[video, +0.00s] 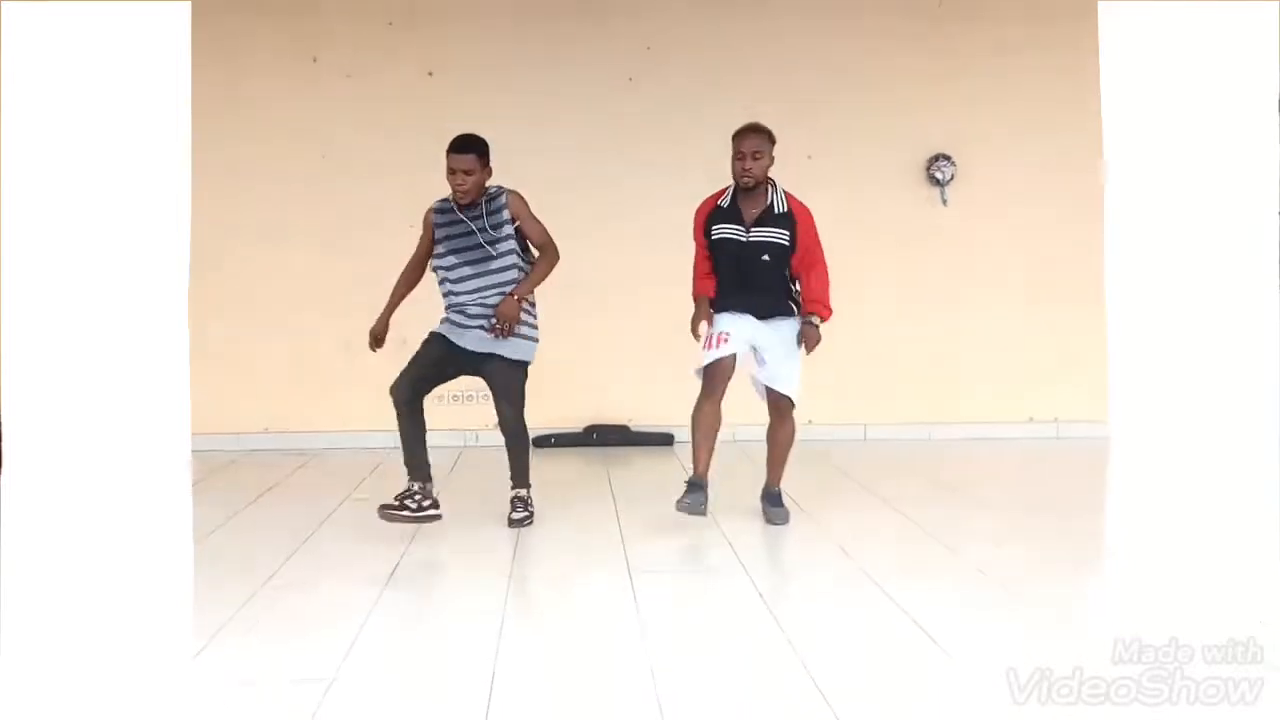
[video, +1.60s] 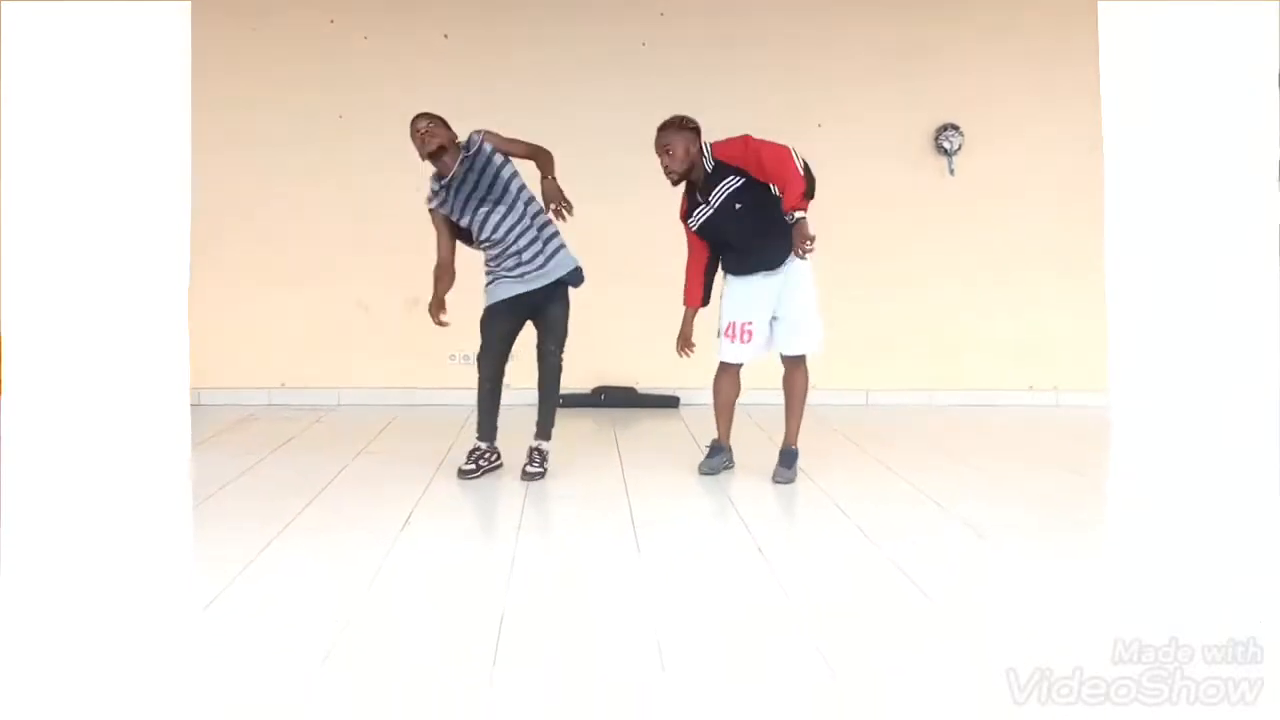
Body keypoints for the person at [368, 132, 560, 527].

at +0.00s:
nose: (458, 181)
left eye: (467, 173)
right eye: (452, 173)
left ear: (486, 171)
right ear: (446, 171)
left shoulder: (508, 203)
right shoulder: (436, 216)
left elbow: (550, 253)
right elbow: (415, 267)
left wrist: (516, 297)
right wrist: (385, 316)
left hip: (508, 333)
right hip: (457, 329)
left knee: (510, 417)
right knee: (404, 392)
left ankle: (520, 493)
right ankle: (421, 492)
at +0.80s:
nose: (501, 168)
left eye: (513, 166)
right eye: (500, 162)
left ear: (529, 183)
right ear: (494, 170)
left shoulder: (524, 231)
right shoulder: (476, 195)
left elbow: (546, 293)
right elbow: (446, 235)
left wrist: (536, 353)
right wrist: (406, 266)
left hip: (467, 330)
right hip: (428, 316)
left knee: (478, 403)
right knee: (427, 396)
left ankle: (505, 484)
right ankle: (455, 478)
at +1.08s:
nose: (511, 175)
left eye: (520, 175)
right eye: (506, 173)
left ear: (532, 196)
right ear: (496, 191)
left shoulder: (540, 232)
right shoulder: (477, 229)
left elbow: (536, 288)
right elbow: (442, 279)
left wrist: (527, 335)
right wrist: (383, 286)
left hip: (485, 324)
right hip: (438, 319)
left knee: (494, 406)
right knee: (428, 406)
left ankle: (523, 479)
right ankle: (465, 481)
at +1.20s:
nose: (481, 164)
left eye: (489, 163)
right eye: (475, 165)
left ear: (505, 182)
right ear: (469, 188)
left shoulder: (524, 212)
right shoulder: (463, 227)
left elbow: (537, 258)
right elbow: (431, 281)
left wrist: (536, 291)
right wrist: (372, 297)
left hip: (499, 311)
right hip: (449, 317)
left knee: (514, 392)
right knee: (443, 398)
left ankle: (530, 470)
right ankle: (467, 474)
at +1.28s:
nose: (456, 162)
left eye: (462, 158)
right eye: (449, 163)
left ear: (479, 173)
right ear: (446, 186)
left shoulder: (510, 196)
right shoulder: (450, 227)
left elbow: (538, 231)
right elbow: (421, 287)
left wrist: (547, 251)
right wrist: (366, 310)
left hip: (519, 297)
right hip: (468, 310)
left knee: (531, 386)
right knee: (461, 392)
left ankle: (533, 467)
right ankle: (469, 469)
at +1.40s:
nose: (442, 155)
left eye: (447, 152)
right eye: (434, 158)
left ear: (466, 163)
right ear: (436, 184)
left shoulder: (502, 181)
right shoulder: (450, 227)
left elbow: (543, 208)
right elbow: (427, 290)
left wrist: (559, 223)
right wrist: (383, 315)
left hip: (541, 289)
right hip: (494, 304)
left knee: (548, 383)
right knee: (484, 388)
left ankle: (541, 463)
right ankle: (481, 465)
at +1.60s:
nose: (424, 133)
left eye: (431, 125)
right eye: (416, 134)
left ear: (452, 133)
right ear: (417, 153)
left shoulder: (481, 143)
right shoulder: (439, 199)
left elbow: (542, 154)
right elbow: (445, 260)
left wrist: (549, 183)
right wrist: (438, 295)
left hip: (548, 265)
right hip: (504, 279)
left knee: (550, 359)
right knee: (489, 361)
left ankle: (540, 445)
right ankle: (486, 447)